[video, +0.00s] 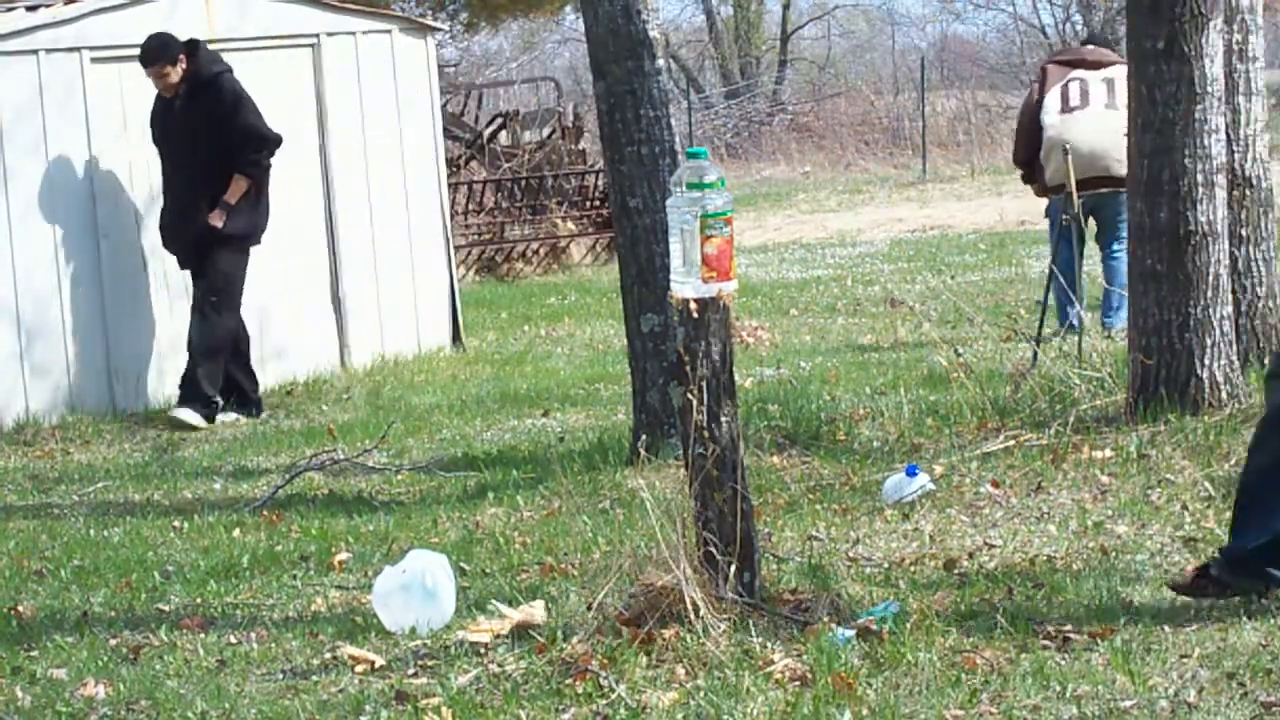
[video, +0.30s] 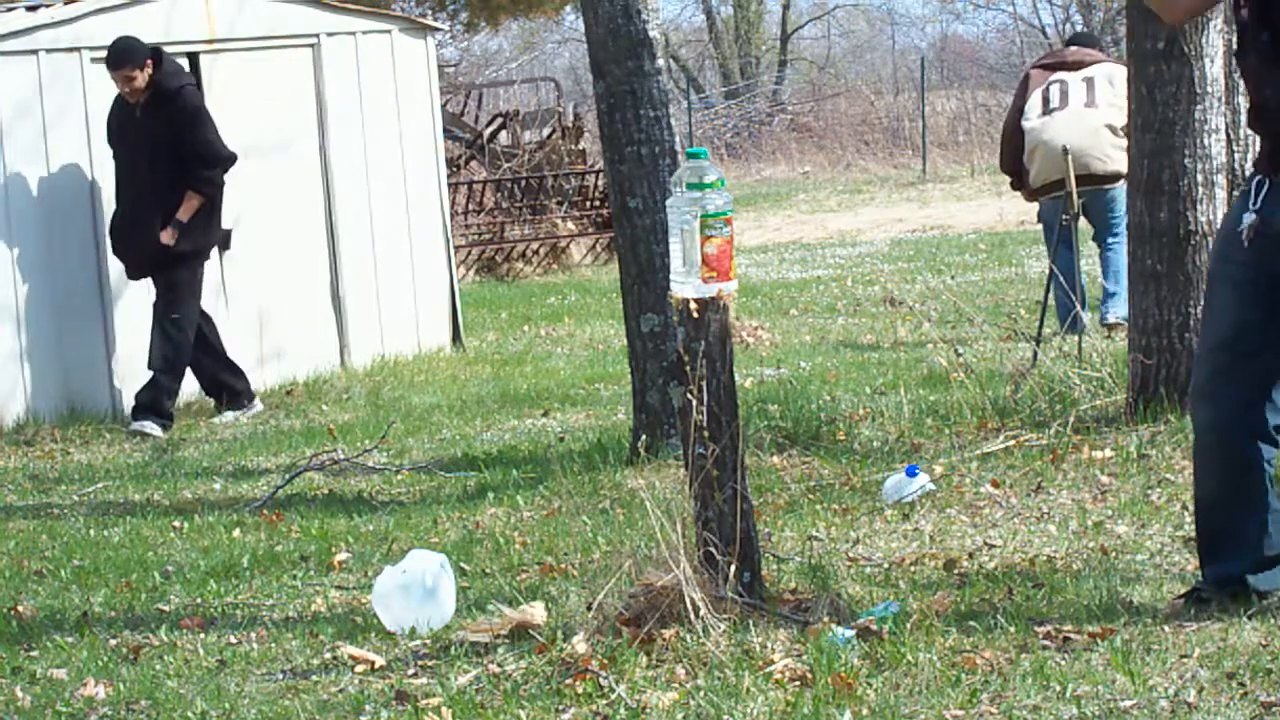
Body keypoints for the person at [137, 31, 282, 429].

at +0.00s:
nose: (159, 84)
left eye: (164, 75)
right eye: (153, 77)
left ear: (181, 62)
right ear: (148, 73)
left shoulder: (219, 86)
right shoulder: (163, 108)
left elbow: (259, 145)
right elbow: (175, 166)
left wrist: (225, 205)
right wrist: (172, 214)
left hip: (229, 218)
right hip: (191, 219)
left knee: (212, 306)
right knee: (218, 309)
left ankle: (198, 403)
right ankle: (243, 399)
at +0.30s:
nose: (124, 88)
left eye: (130, 79)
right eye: (117, 81)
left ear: (148, 66)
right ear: (112, 76)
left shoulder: (180, 98)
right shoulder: (121, 108)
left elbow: (213, 164)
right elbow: (128, 171)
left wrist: (178, 223)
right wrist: (125, 222)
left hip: (187, 227)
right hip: (145, 228)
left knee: (173, 318)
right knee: (183, 315)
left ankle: (153, 415)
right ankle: (238, 398)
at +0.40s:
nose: (113, 85)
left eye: (120, 77)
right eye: (107, 78)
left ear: (138, 65)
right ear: (99, 72)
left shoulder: (173, 100)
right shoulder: (104, 106)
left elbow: (199, 165)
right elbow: (110, 168)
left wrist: (169, 221)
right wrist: (104, 218)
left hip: (173, 229)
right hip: (125, 230)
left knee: (171, 319)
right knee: (147, 319)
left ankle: (153, 414)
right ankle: (211, 377)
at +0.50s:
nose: (102, 80)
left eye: (109, 72)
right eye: (96, 72)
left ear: (129, 64)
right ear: (89, 69)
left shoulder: (161, 96)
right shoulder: (90, 103)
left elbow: (195, 160)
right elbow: (91, 166)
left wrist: (163, 222)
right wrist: (93, 216)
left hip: (160, 231)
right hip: (112, 231)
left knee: (163, 317)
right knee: (123, 314)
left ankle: (152, 414)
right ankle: (178, 375)